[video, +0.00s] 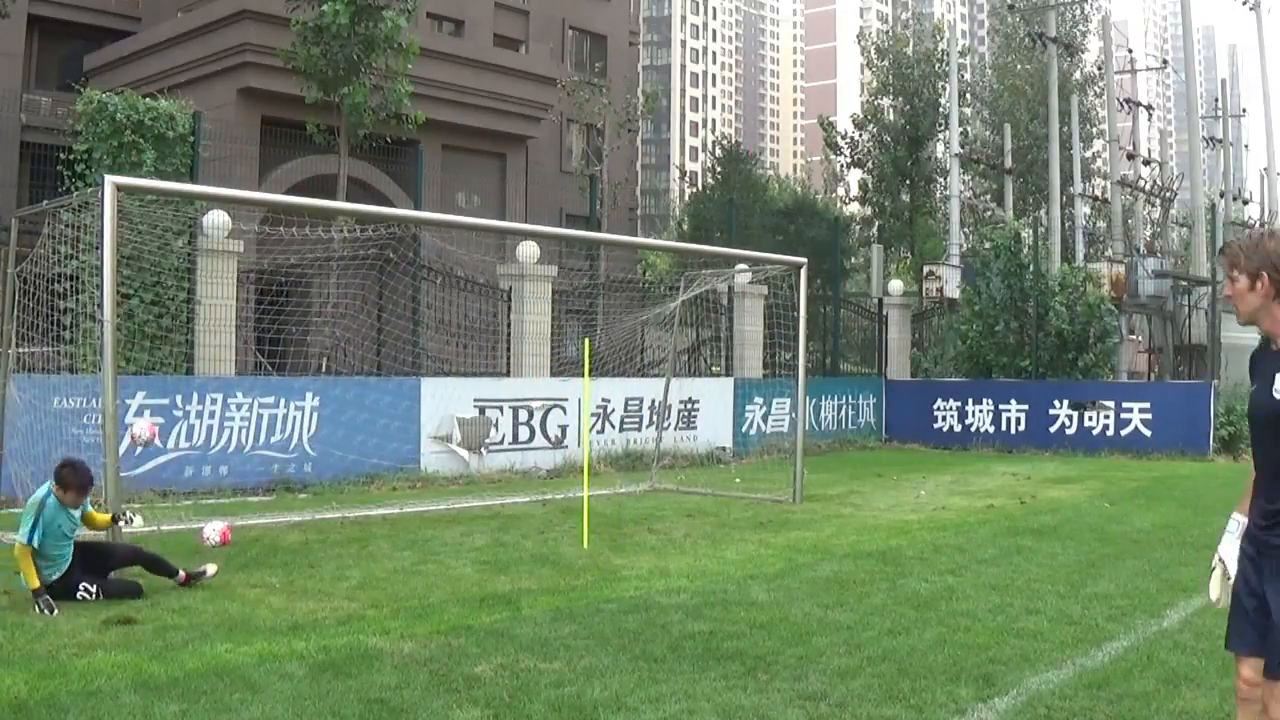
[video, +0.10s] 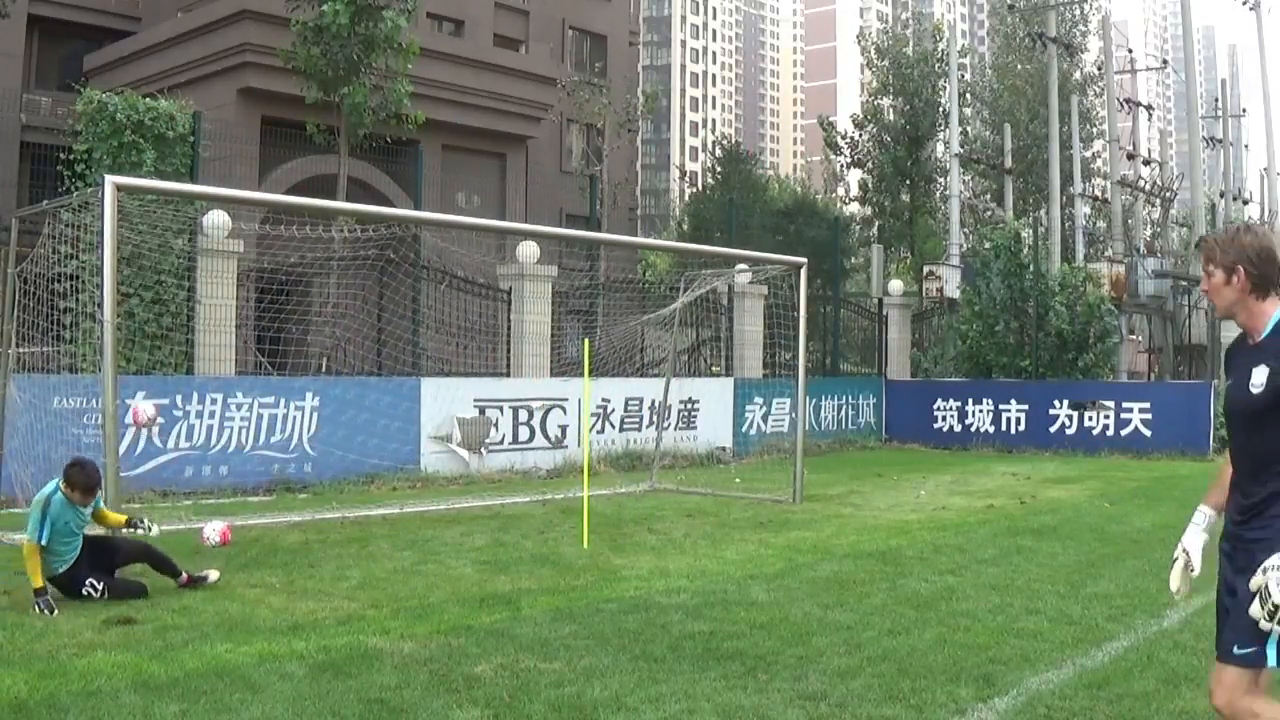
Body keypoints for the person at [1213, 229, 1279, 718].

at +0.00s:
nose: (1225, 291)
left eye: (1234, 280)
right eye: (1226, 280)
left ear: (1265, 285)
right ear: (1259, 286)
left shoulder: (1275, 359)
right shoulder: (1261, 358)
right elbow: (1265, 457)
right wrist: (1238, 526)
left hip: (1277, 545)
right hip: (1259, 541)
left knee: (1272, 692)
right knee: (1249, 684)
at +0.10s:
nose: (1202, 285)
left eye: (1209, 274)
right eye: (1203, 274)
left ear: (1240, 279)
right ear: (1236, 280)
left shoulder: (1277, 346)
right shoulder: (1239, 352)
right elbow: (1243, 450)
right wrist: (1203, 519)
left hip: (1270, 542)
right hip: (1240, 538)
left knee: (1230, 695)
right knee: (1240, 693)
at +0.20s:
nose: (1170, 282)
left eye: (1177, 270)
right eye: (1171, 270)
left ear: (1208, 275)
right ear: (1205, 276)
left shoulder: (1263, 343)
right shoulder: (1205, 344)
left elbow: (1277, 447)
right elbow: (1206, 443)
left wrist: (1271, 536)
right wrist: (1159, 510)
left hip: (1247, 535)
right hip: (1209, 532)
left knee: (1170, 682)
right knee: (1226, 687)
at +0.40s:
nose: (1114, 296)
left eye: (1122, 284)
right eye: (1114, 284)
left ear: (1158, 281)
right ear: (1152, 283)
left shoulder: (1211, 351)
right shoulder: (1151, 349)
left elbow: (1242, 463)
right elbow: (1151, 456)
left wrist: (1219, 562)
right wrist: (1109, 523)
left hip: (1182, 540)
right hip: (1145, 535)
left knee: (1109, 695)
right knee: (1162, 697)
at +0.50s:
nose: (1098, 299)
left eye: (1104, 287)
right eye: (1096, 287)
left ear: (1139, 283)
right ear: (1133, 286)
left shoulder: (1190, 356)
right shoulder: (1136, 351)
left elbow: (1217, 473)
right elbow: (1131, 462)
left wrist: (1198, 575)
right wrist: (1098, 531)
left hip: (1155, 543)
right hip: (1118, 537)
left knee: (1090, 695)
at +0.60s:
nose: (1073, 295)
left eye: (1079, 282)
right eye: (1072, 283)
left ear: (1111, 281)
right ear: (1107, 284)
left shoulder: (1161, 355)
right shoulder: (1116, 346)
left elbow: (1186, 472)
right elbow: (1123, 457)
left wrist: (1166, 577)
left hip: (1128, 547)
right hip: (1085, 537)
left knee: (1078, 703)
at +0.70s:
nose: (1058, 287)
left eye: (1063, 276)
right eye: (1058, 276)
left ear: (1095, 278)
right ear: (1093, 279)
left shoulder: (1146, 351)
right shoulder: (1108, 341)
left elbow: (1171, 468)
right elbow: (1114, 454)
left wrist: (1144, 570)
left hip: (1112, 547)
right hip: (1069, 534)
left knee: (1080, 705)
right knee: (967, 623)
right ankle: (997, 715)